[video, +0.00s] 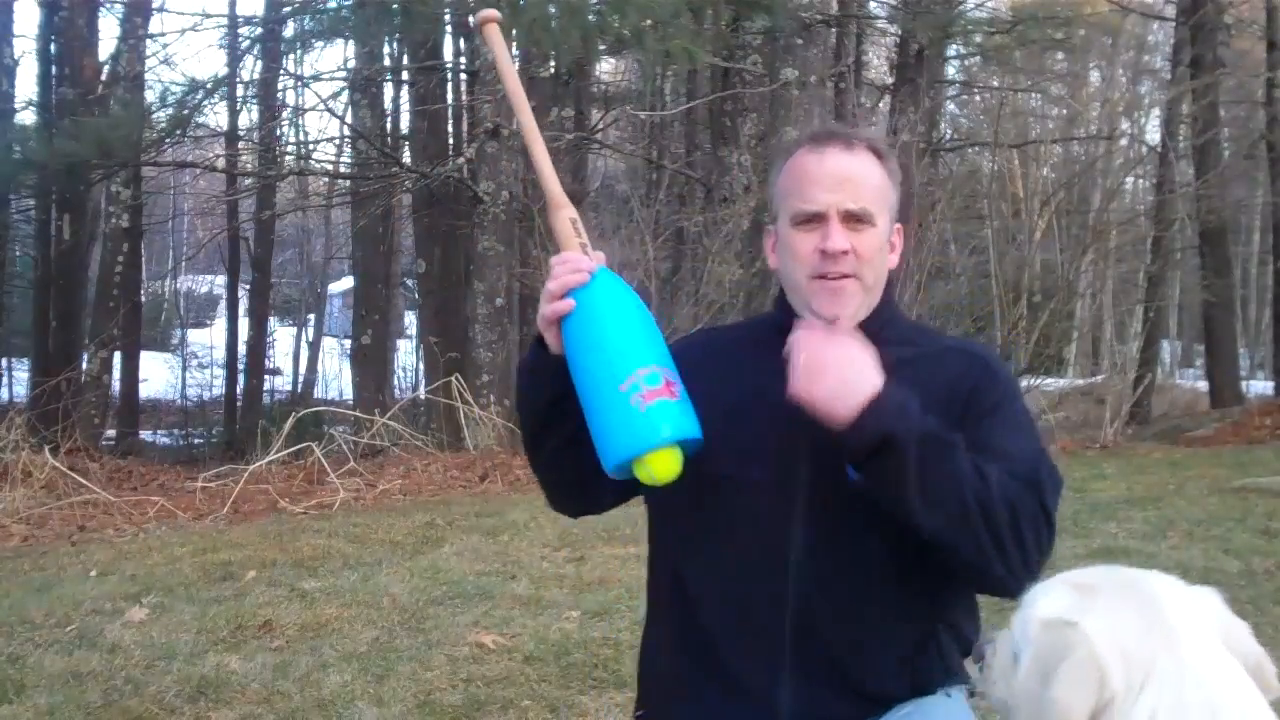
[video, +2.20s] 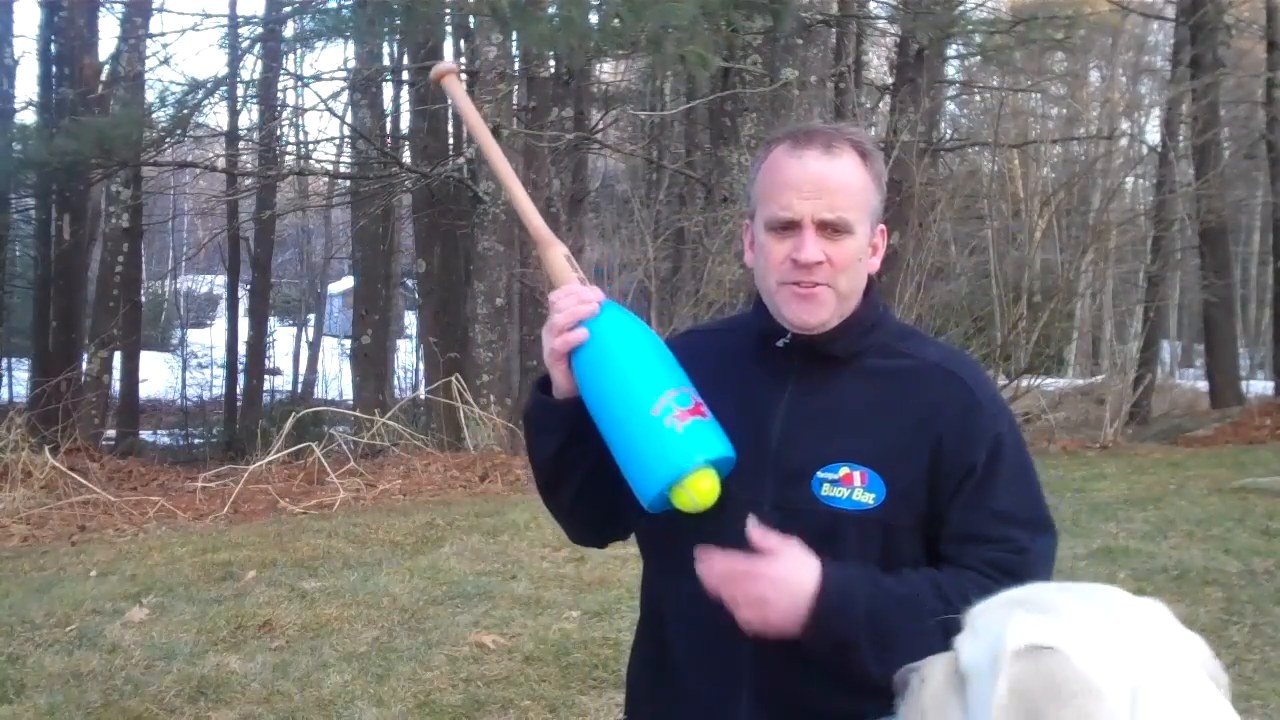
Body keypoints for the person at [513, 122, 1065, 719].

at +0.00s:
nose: (833, 243)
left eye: (857, 221)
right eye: (809, 222)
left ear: (895, 245)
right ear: (773, 247)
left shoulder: (963, 379)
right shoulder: (694, 368)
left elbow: (1015, 552)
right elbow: (580, 487)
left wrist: (876, 416)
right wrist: (553, 354)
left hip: (900, 700)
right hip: (709, 700)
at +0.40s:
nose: (799, 230)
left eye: (822, 205)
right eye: (774, 207)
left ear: (859, 227)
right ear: (737, 233)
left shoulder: (929, 366)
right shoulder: (653, 350)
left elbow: (964, 547)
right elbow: (537, 459)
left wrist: (809, 430)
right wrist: (516, 320)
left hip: (855, 695)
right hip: (670, 698)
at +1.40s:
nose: (820, 256)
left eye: (847, 232)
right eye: (798, 228)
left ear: (883, 248)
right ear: (757, 239)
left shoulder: (946, 387)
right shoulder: (678, 359)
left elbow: (998, 566)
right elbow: (575, 491)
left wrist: (844, 467)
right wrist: (544, 363)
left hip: (880, 707)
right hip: (682, 702)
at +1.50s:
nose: (820, 255)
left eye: (846, 231)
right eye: (797, 228)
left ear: (883, 250)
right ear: (757, 239)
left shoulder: (944, 391)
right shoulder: (676, 363)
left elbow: (1018, 560)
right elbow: (575, 490)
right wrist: (546, 362)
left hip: (879, 706)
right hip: (684, 703)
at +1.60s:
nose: (814, 256)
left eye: (841, 232)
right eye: (792, 229)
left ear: (880, 251)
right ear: (753, 241)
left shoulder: (947, 397)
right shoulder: (675, 366)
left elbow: (1022, 580)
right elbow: (575, 489)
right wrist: (543, 360)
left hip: (851, 708)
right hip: (675, 704)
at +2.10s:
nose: (804, 255)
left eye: (830, 229)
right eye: (781, 228)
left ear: (873, 248)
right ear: (747, 243)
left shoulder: (951, 399)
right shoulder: (680, 369)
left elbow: (1027, 582)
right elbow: (585, 507)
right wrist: (550, 376)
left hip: (853, 716)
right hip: (677, 706)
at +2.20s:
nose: (806, 253)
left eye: (832, 229)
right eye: (784, 228)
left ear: (875, 248)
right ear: (749, 242)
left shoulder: (948, 398)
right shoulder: (678, 369)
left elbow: (1009, 590)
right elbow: (594, 517)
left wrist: (826, 599)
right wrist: (566, 397)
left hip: (860, 708)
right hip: (681, 706)